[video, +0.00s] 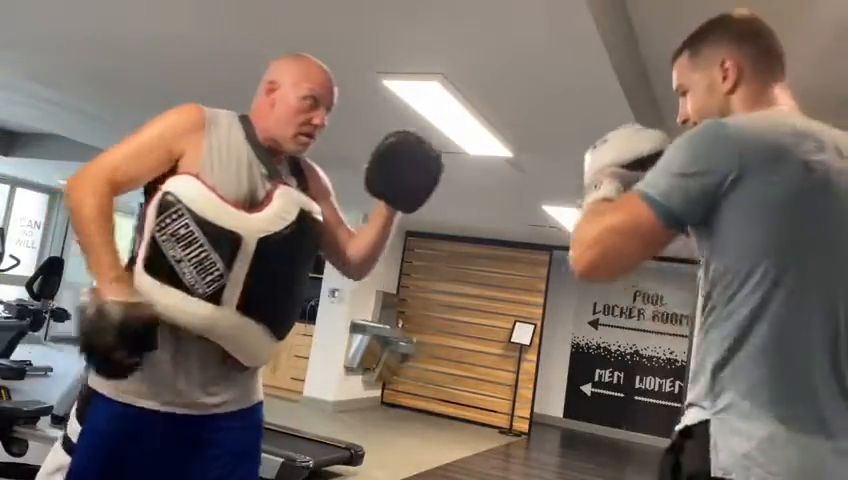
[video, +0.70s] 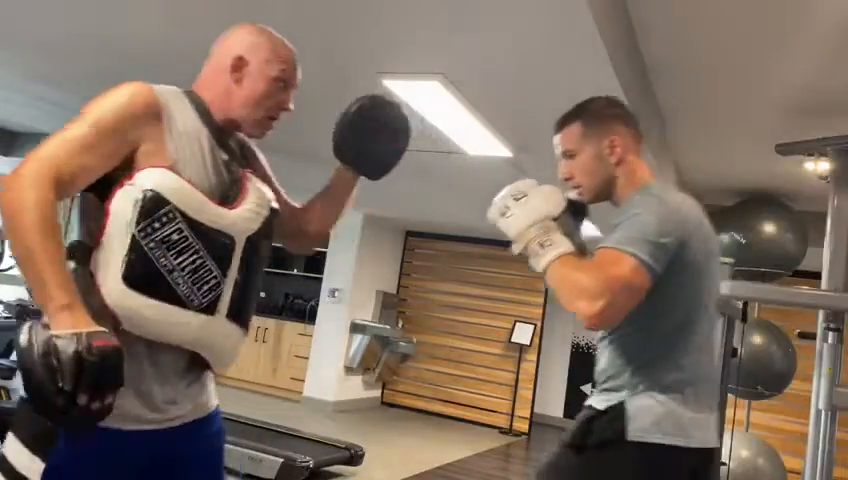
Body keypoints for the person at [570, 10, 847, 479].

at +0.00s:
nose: (682, 116)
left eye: (684, 92)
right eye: (678, 98)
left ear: (727, 72)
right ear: (776, 76)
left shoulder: (725, 142)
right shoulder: (837, 148)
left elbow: (590, 257)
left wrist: (606, 181)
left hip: (746, 445)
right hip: (837, 448)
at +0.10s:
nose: (680, 143)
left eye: (683, 119)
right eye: (677, 125)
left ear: (727, 102)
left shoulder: (734, 166)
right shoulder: (840, 178)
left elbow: (608, 272)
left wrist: (602, 207)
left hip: (743, 450)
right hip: (835, 453)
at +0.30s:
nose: (666, 153)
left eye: (673, 132)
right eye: (665, 137)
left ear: (719, 119)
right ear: (723, 118)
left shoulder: (744, 179)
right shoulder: (817, 195)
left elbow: (669, 282)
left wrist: (617, 233)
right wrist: (678, 224)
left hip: (735, 445)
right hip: (802, 451)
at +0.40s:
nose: (651, 149)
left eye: (658, 130)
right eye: (649, 135)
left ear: (704, 118)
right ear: (707, 118)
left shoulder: (739, 177)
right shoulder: (777, 180)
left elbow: (659, 270)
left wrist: (604, 205)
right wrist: (658, 212)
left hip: (728, 433)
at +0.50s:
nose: (630, 157)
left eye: (638, 139)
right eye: (628, 143)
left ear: (684, 129)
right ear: (685, 130)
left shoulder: (728, 190)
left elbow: (649, 276)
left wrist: (594, 210)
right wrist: (629, 219)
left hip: (715, 439)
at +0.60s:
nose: (600, 164)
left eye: (608, 146)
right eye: (599, 151)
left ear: (653, 138)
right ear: (654, 139)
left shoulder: (699, 200)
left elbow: (631, 292)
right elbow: (636, 287)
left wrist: (574, 226)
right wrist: (593, 230)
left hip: (680, 439)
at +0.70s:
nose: (564, 173)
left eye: (571, 156)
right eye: (562, 160)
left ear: (614, 149)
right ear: (615, 150)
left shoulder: (661, 210)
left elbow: (595, 302)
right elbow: (606, 292)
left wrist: (539, 238)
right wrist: (569, 240)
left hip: (649, 436)